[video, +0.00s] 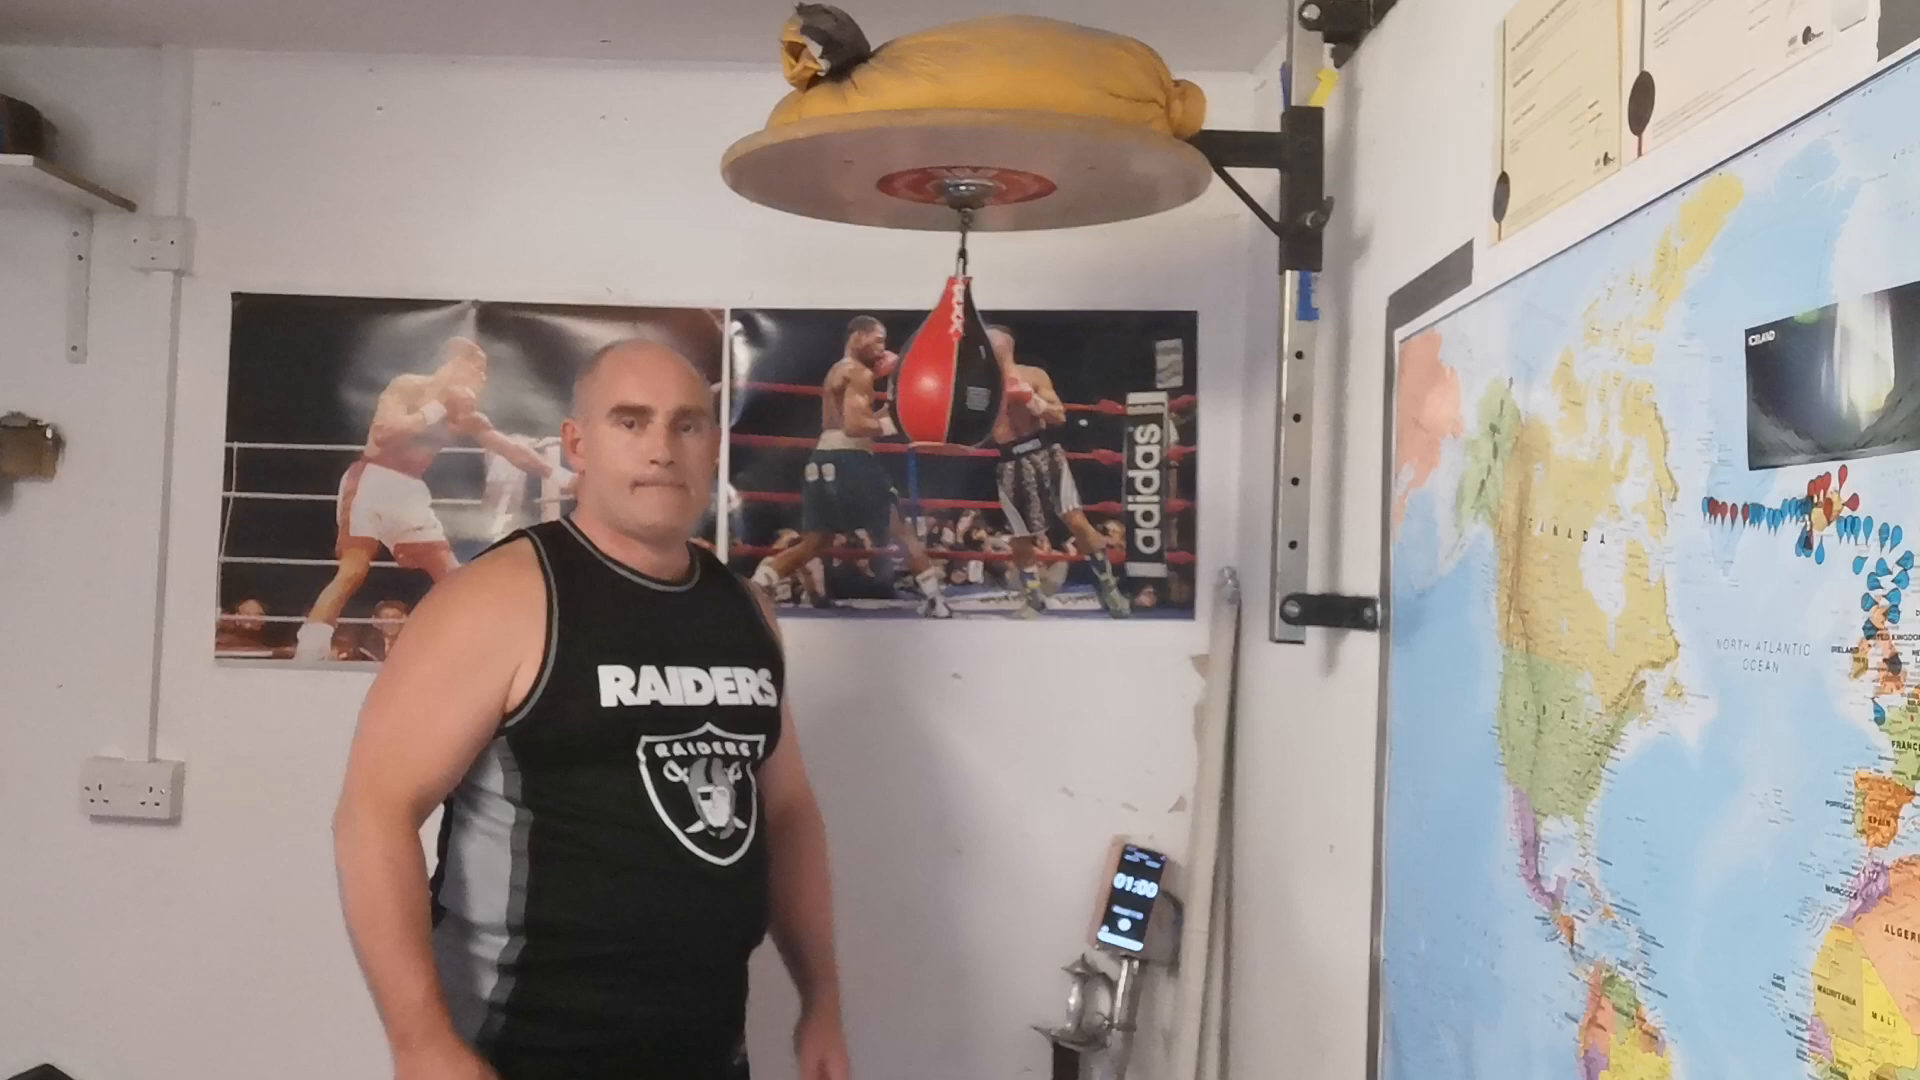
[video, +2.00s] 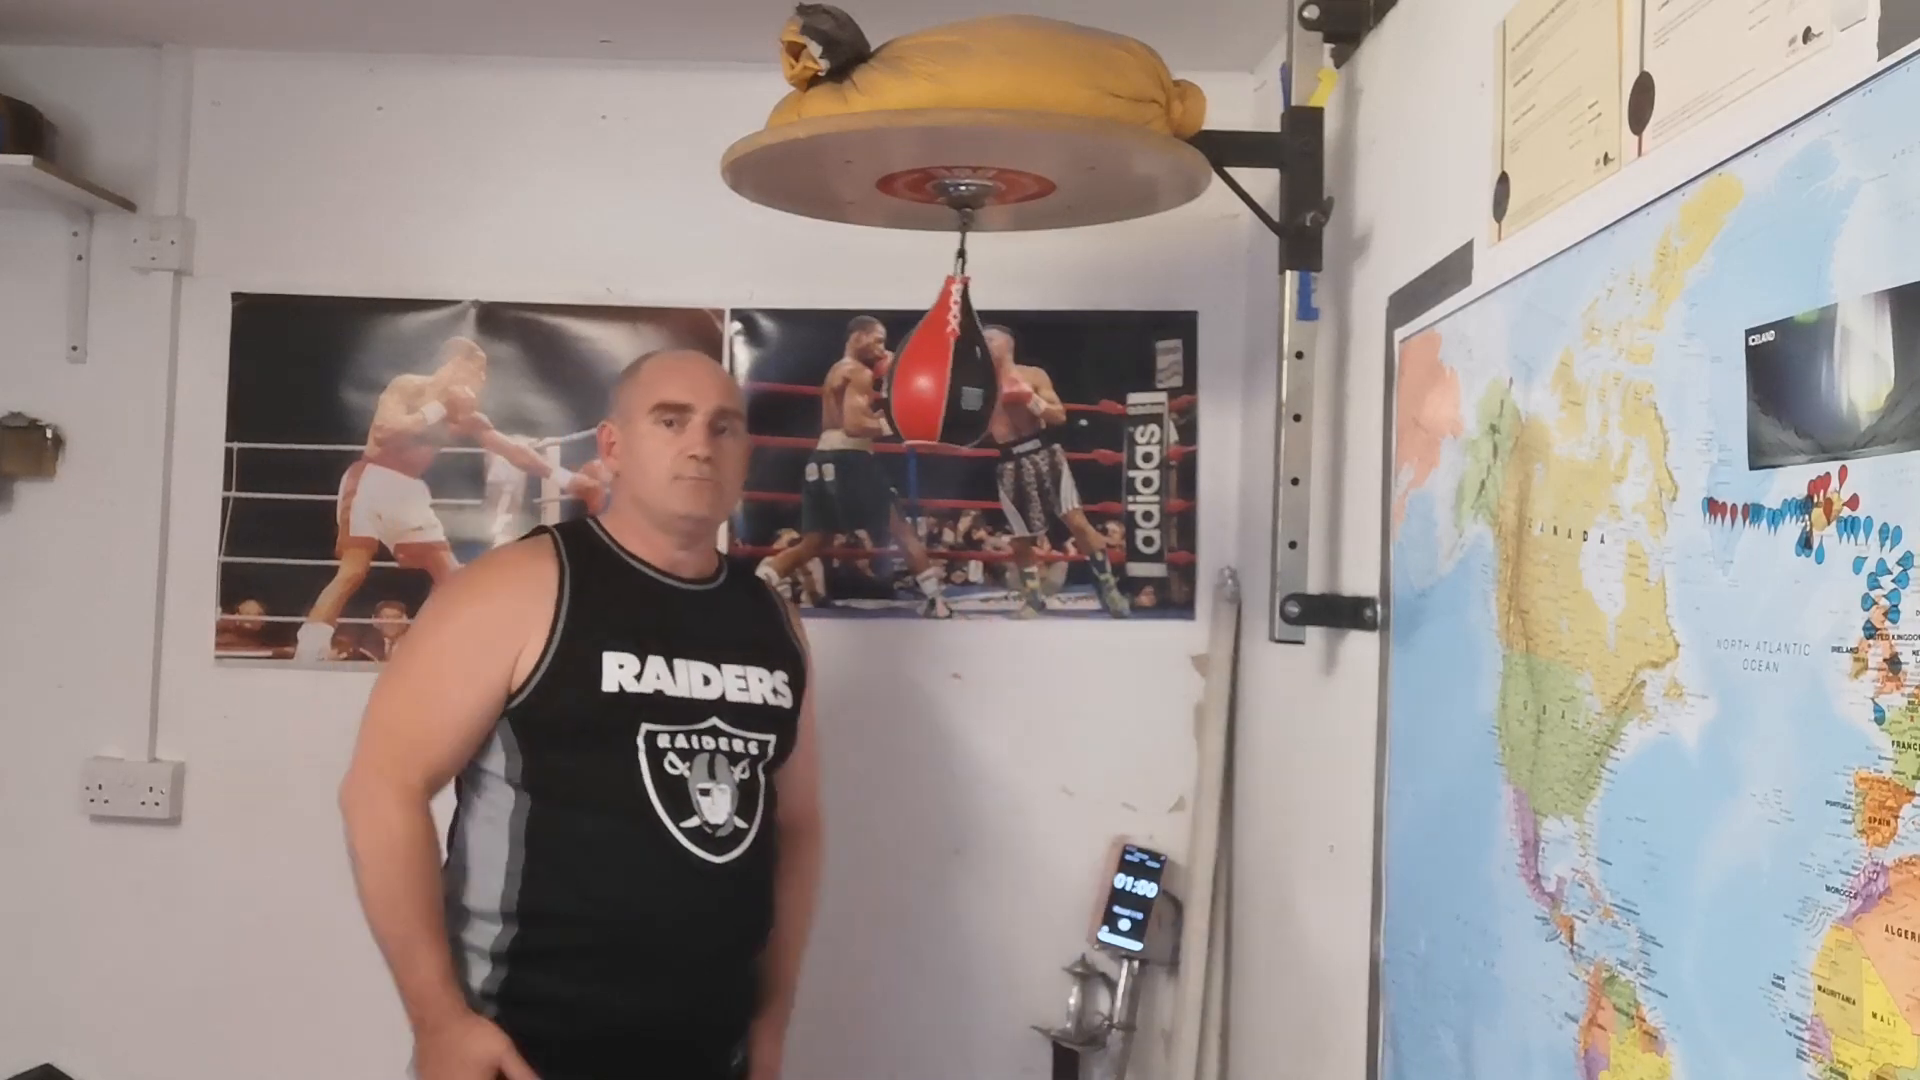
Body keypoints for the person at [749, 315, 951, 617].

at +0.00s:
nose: (881, 348)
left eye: (883, 342)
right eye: (878, 341)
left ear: (856, 339)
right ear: (859, 337)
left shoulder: (834, 373)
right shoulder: (859, 373)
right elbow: (854, 425)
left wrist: (877, 372)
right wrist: (888, 423)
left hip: (820, 462)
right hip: (852, 462)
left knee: (814, 542)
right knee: (902, 530)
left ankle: (756, 586)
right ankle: (935, 598)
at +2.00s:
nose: (881, 348)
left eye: (883, 342)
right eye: (877, 341)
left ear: (855, 340)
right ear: (857, 337)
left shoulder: (833, 373)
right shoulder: (858, 372)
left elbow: (834, 422)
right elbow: (853, 425)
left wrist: (880, 375)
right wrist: (888, 424)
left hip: (821, 462)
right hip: (852, 462)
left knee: (815, 542)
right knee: (902, 529)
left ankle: (754, 589)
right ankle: (936, 598)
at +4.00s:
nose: (882, 349)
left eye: (883, 343)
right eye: (878, 341)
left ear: (854, 341)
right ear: (857, 338)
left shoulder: (833, 373)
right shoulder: (859, 373)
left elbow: (834, 421)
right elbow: (854, 424)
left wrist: (876, 372)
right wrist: (886, 425)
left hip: (820, 462)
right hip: (853, 462)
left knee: (814, 542)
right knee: (903, 531)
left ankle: (754, 588)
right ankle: (937, 600)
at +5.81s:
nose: (881, 348)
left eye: (883, 343)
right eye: (878, 341)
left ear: (855, 339)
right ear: (858, 337)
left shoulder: (834, 372)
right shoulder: (858, 373)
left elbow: (838, 420)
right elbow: (854, 425)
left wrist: (878, 375)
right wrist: (883, 425)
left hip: (821, 462)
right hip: (852, 462)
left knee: (815, 541)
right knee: (900, 528)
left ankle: (756, 588)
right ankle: (935, 597)